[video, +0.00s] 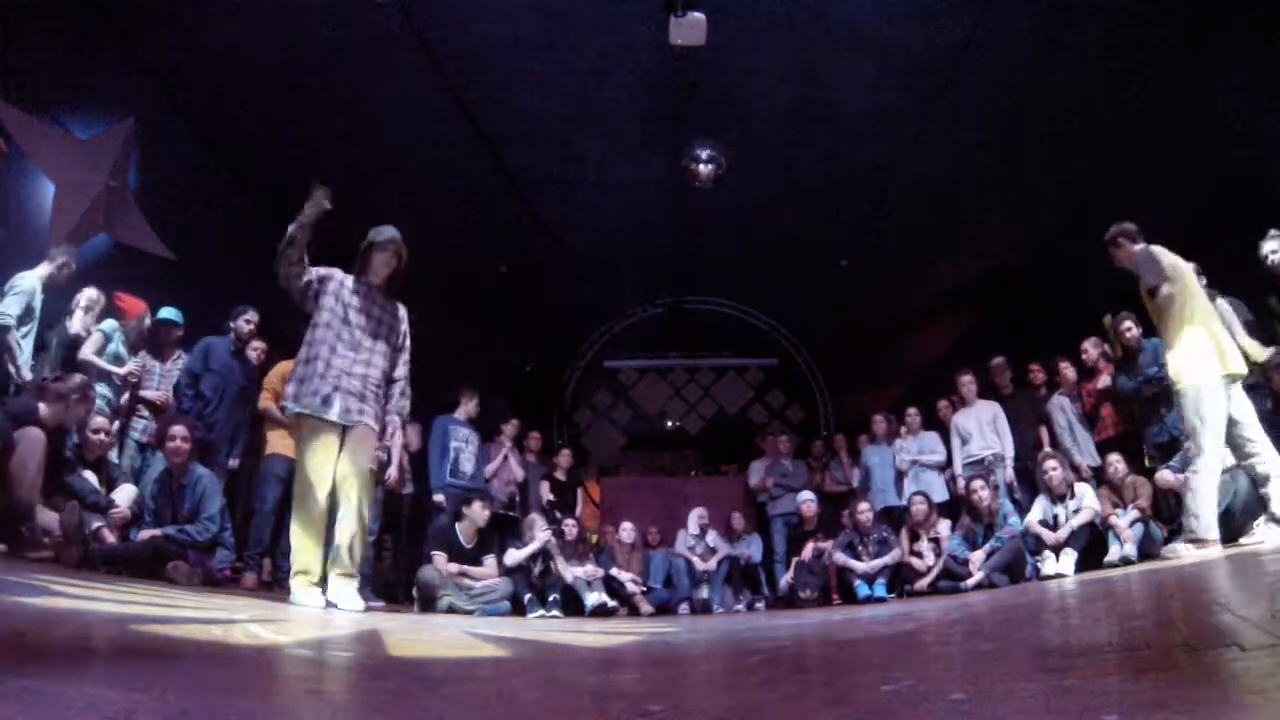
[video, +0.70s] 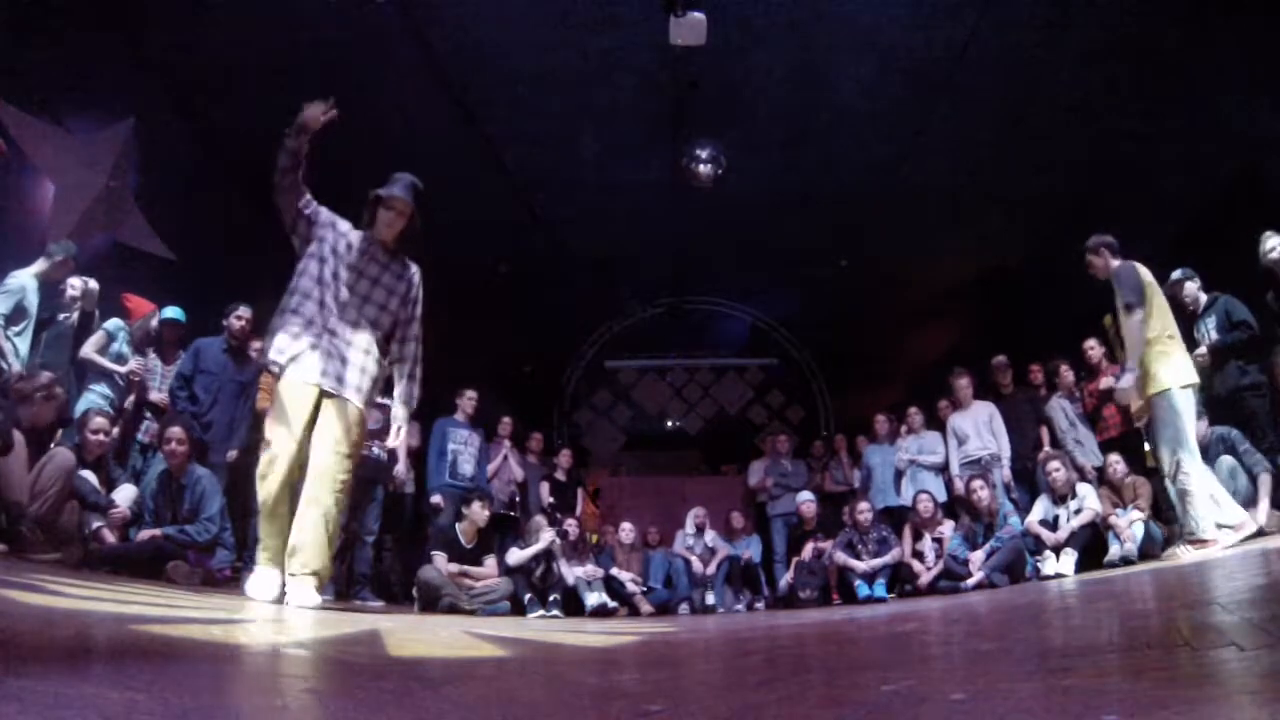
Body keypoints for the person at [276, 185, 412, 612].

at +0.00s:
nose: (387, 260)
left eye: (394, 256)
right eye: (383, 251)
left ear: (398, 265)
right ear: (366, 253)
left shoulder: (397, 314)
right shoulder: (331, 282)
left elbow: (400, 380)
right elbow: (290, 275)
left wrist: (394, 435)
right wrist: (304, 222)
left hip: (366, 410)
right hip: (317, 398)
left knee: (354, 493)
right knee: (313, 490)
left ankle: (344, 582)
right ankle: (304, 581)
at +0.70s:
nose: (391, 218)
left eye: (400, 213)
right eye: (387, 208)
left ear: (410, 222)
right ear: (373, 207)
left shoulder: (408, 279)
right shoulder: (330, 230)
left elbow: (407, 353)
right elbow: (290, 192)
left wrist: (403, 418)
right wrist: (300, 135)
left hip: (354, 380)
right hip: (298, 362)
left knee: (329, 474)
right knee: (281, 462)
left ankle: (306, 575)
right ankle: (267, 565)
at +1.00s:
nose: (376, 161)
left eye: (385, 154)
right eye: (370, 151)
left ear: (399, 162)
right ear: (358, 154)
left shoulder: (412, 219)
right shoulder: (324, 190)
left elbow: (409, 293)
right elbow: (293, 143)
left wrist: (383, 349)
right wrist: (300, 85)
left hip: (354, 351)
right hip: (292, 333)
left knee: (328, 466)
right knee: (253, 439)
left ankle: (308, 578)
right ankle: (222, 569)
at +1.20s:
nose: (367, 125)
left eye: (377, 118)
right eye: (360, 116)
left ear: (393, 127)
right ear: (348, 120)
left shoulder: (411, 182)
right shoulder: (314, 163)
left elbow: (389, 255)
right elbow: (275, 123)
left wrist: (328, 303)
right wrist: (293, 58)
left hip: (352, 315)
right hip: (284, 299)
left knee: (316, 411)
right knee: (248, 406)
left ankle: (305, 542)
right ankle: (228, 558)